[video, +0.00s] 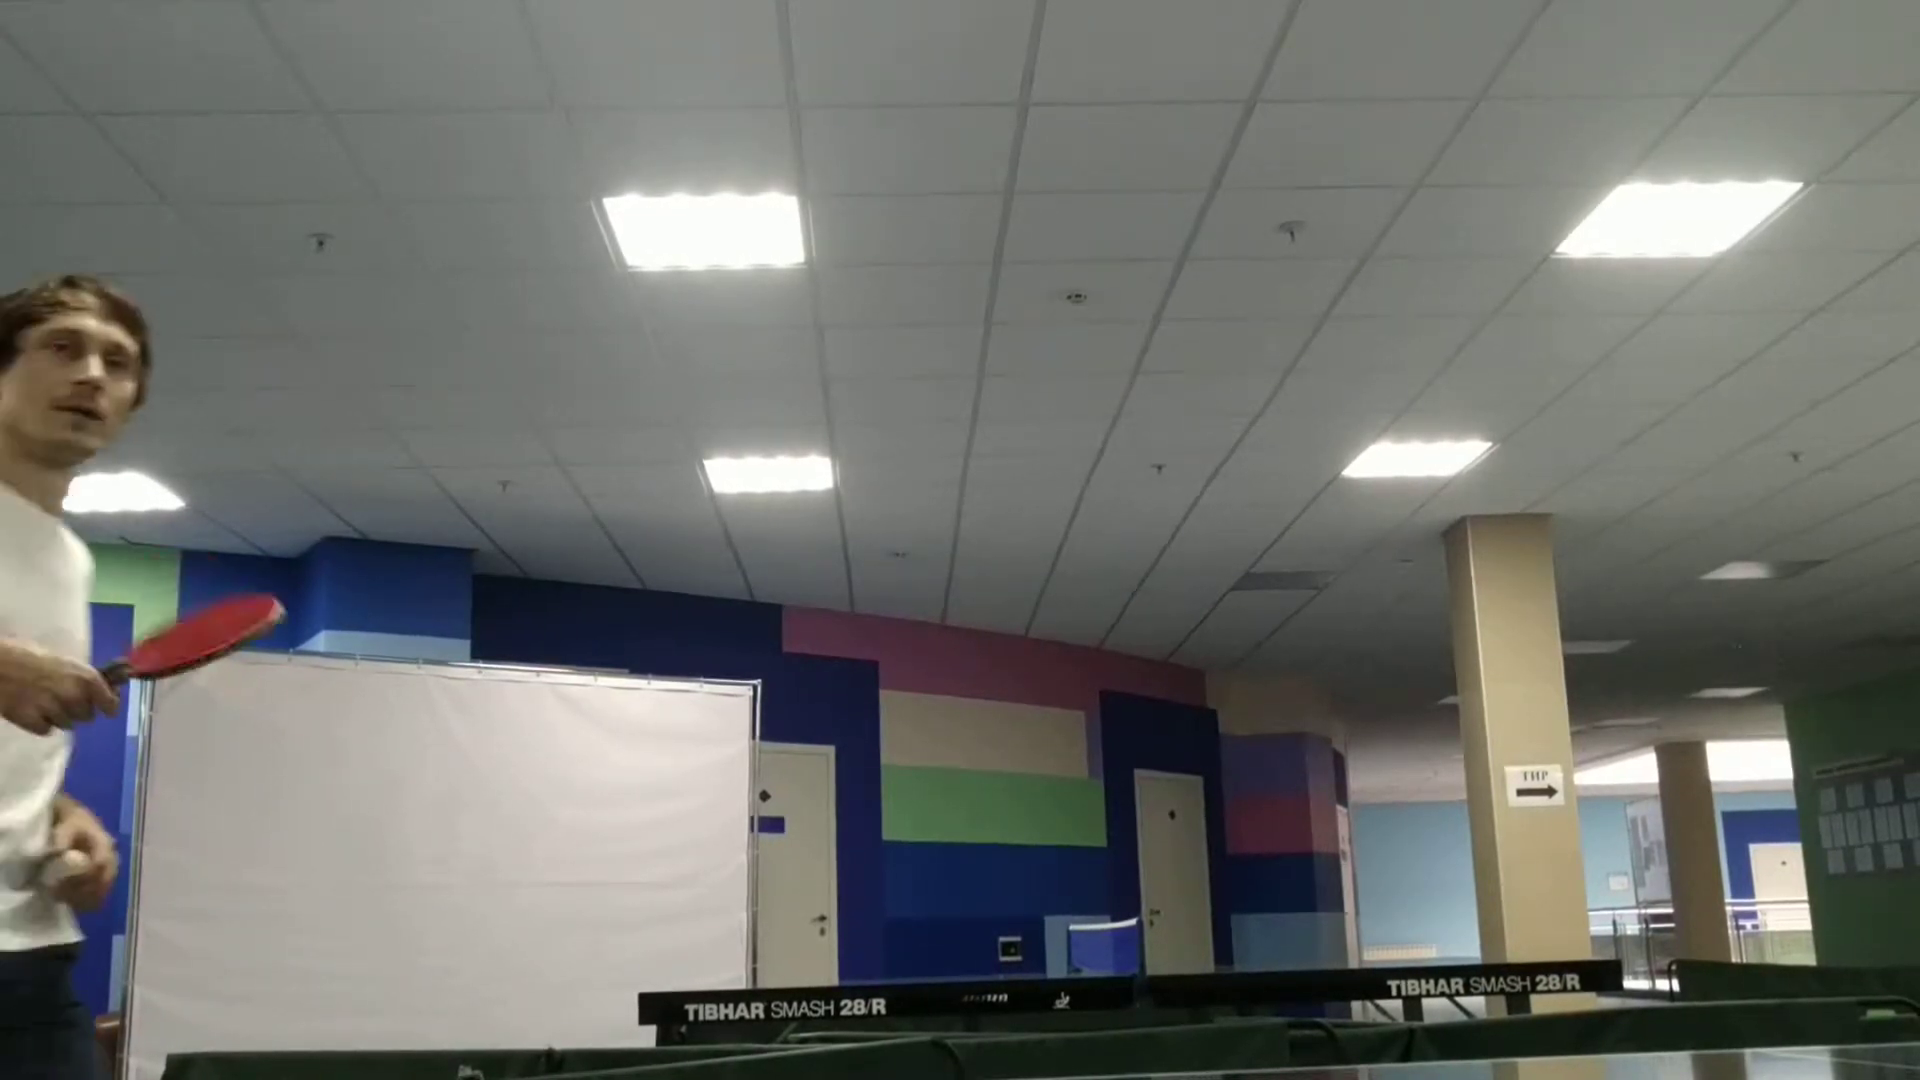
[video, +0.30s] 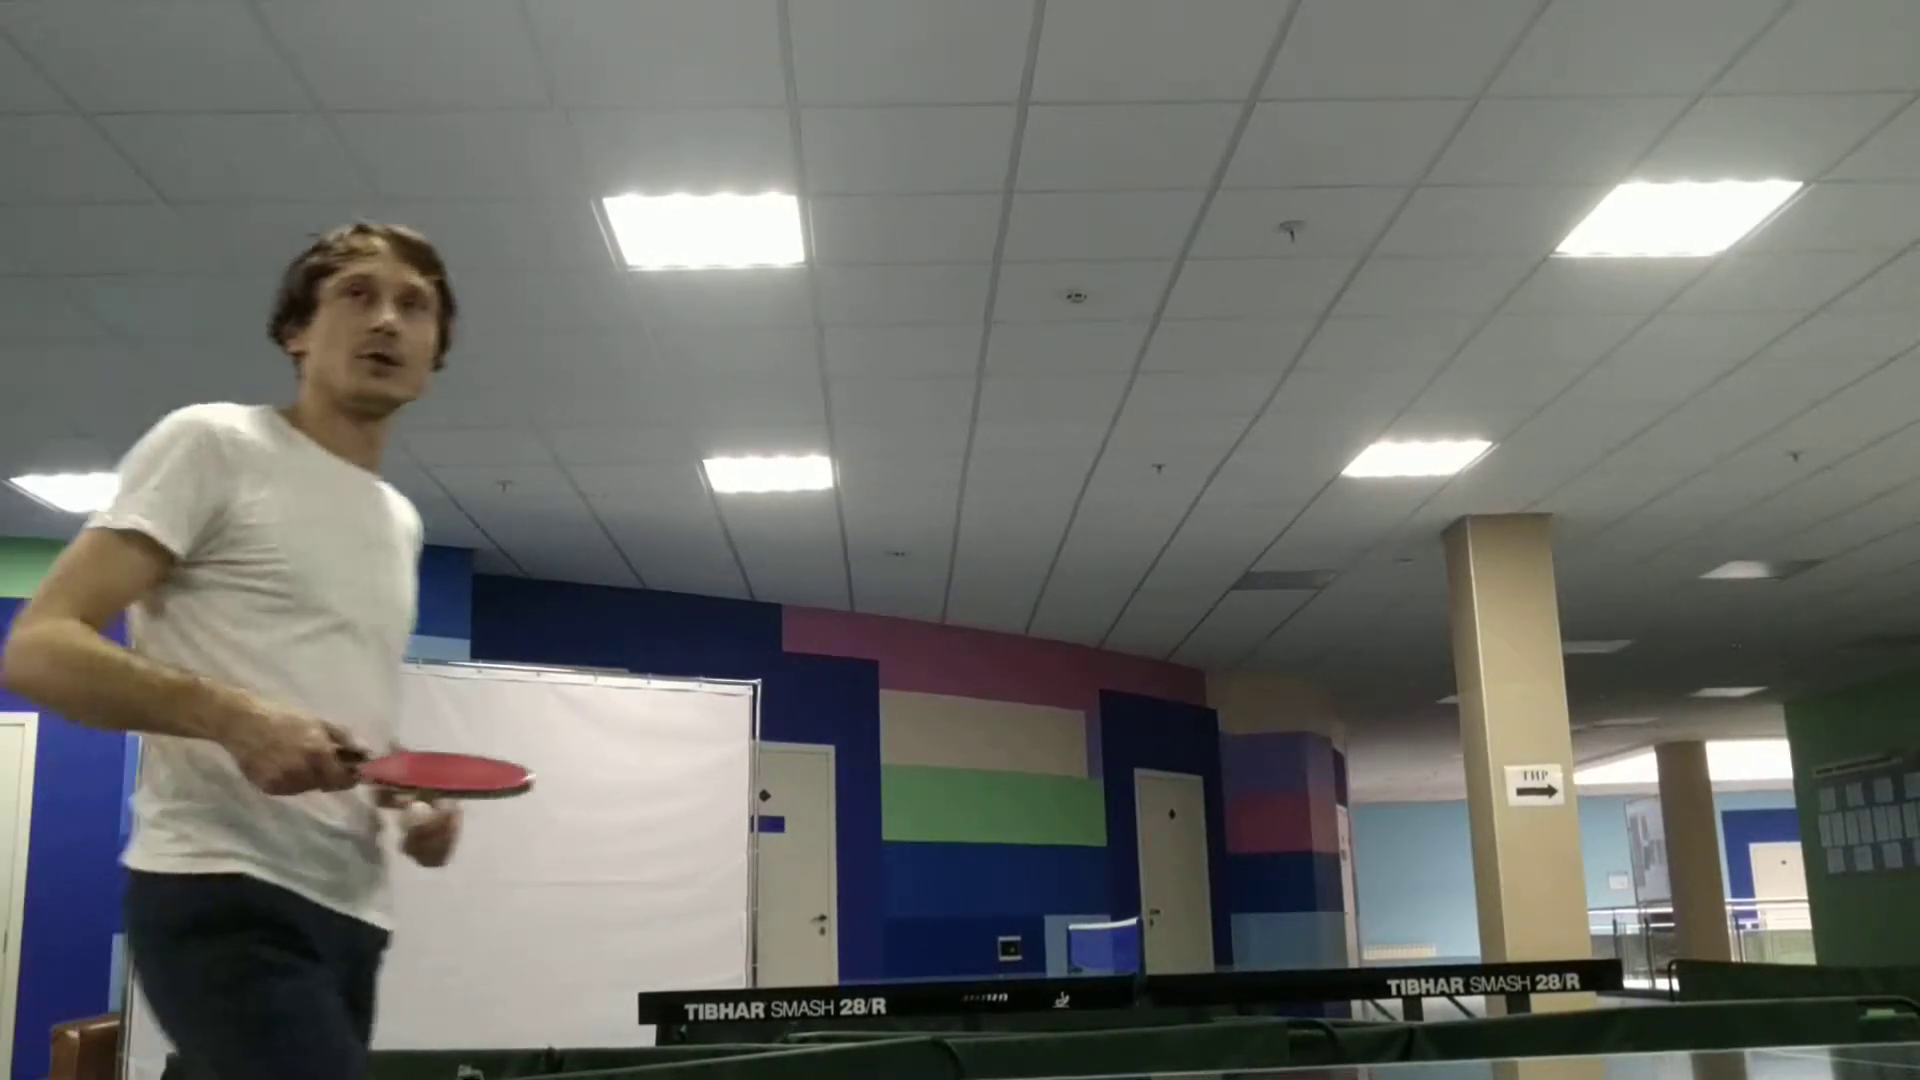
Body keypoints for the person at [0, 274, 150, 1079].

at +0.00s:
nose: (91, 373)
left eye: (116, 361)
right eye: (62, 346)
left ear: (132, 403)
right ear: (6, 367)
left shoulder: (72, 559)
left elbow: (26, 754)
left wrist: (65, 815)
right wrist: (5, 666)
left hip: (35, 949)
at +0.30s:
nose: (387, 318)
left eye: (415, 304)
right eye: (359, 294)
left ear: (438, 353)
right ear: (298, 331)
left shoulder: (400, 523)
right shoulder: (212, 443)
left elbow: (355, 713)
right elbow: (37, 647)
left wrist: (408, 799)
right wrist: (233, 717)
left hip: (343, 912)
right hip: (216, 893)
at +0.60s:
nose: (727, 293)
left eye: (749, 275)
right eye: (694, 270)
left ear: (774, 318)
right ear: (631, 312)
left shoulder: (716, 492)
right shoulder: (579, 435)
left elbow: (694, 701)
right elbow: (458, 664)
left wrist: (782, 774)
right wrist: (678, 715)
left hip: (720, 883)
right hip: (640, 883)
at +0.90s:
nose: (1090, 284)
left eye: (1107, 266)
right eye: (1055, 261)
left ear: (1127, 307)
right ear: (986, 307)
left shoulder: (1048, 467)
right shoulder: (950, 407)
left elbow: (992, 691)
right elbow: (867, 604)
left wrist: (1107, 757)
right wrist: (1123, 568)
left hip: (1075, 880)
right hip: (979, 871)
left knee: (1121, 1064)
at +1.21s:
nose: (1369, 252)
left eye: (1387, 233)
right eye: (1332, 232)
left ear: (1408, 276)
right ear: (1268, 281)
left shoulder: (1358, 460)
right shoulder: (1222, 398)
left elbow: (1342, 651)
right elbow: (1127, 620)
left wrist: (1434, 730)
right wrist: (1347, 682)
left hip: (1387, 852)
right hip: (1285, 847)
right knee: (1447, 1069)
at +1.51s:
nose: (1590, 243)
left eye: (1606, 223)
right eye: (1548, 226)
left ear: (1634, 264)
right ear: (1483, 287)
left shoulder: (1633, 450)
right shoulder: (1442, 434)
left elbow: (1637, 662)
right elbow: (1367, 683)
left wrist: (1702, 714)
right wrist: (1565, 615)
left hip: (1676, 867)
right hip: (1553, 867)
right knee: (1681, 1075)